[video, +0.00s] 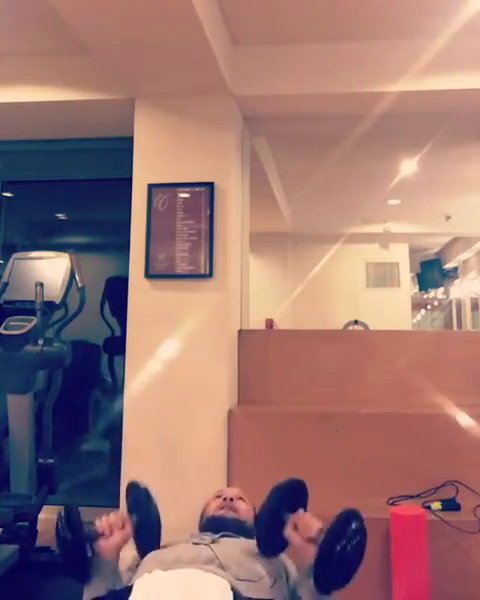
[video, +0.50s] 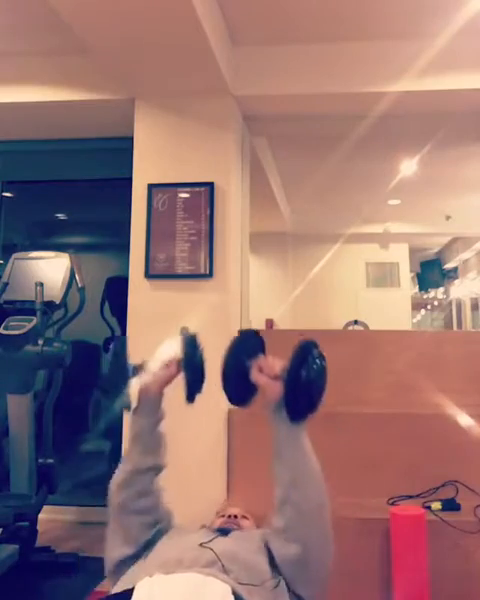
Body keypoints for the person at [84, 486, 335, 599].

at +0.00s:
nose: (228, 498)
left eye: (240, 498)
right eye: (219, 497)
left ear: (254, 518)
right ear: (201, 517)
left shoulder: (269, 551)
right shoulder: (156, 554)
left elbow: (307, 595)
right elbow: (108, 595)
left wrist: (308, 565)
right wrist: (107, 559)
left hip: (218, 588)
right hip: (148, 588)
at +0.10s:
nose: (229, 502)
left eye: (240, 503)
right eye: (219, 501)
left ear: (254, 523)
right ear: (201, 522)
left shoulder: (271, 553)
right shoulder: (153, 555)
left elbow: (315, 595)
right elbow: (94, 595)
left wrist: (314, 541)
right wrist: (107, 532)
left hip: (221, 589)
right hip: (150, 589)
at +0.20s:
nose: (227, 507)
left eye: (238, 508)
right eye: (220, 507)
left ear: (255, 530)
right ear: (202, 524)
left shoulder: (273, 552)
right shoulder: (159, 549)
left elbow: (330, 593)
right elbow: (85, 593)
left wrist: (311, 505)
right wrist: (112, 496)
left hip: (227, 590)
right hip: (153, 587)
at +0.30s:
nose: (228, 512)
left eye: (239, 513)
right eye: (220, 511)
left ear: (258, 532)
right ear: (202, 528)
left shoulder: (274, 552)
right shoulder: (158, 552)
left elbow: (334, 579)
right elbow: (92, 565)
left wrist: (306, 465)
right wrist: (122, 461)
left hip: (224, 591)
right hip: (152, 589)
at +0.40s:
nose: (229, 515)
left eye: (241, 516)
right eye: (221, 514)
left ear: (260, 533)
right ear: (204, 528)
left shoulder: (280, 559)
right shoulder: (150, 549)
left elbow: (319, 527)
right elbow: (106, 516)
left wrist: (292, 431)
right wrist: (135, 423)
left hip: (221, 590)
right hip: (149, 588)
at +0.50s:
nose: (231, 516)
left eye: (243, 517)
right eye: (223, 515)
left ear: (260, 533)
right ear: (207, 526)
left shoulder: (284, 563)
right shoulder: (150, 545)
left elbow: (304, 502)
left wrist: (282, 407)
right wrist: (148, 395)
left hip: (219, 588)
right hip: (143, 588)